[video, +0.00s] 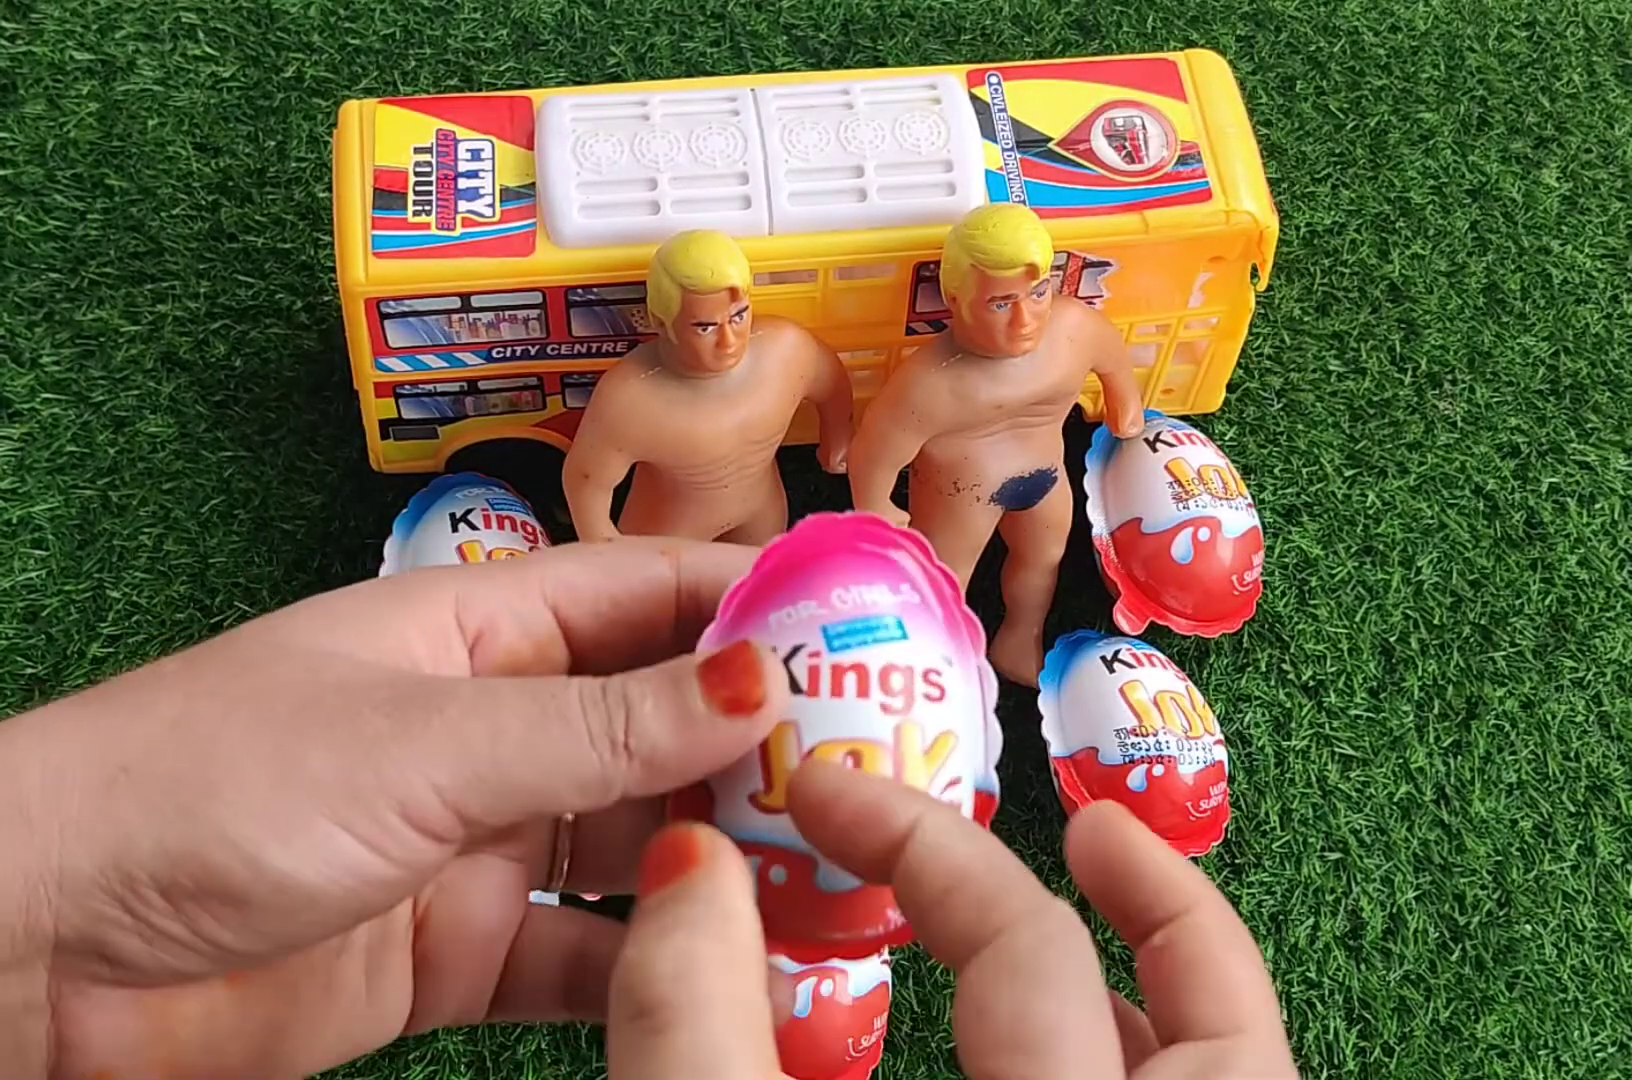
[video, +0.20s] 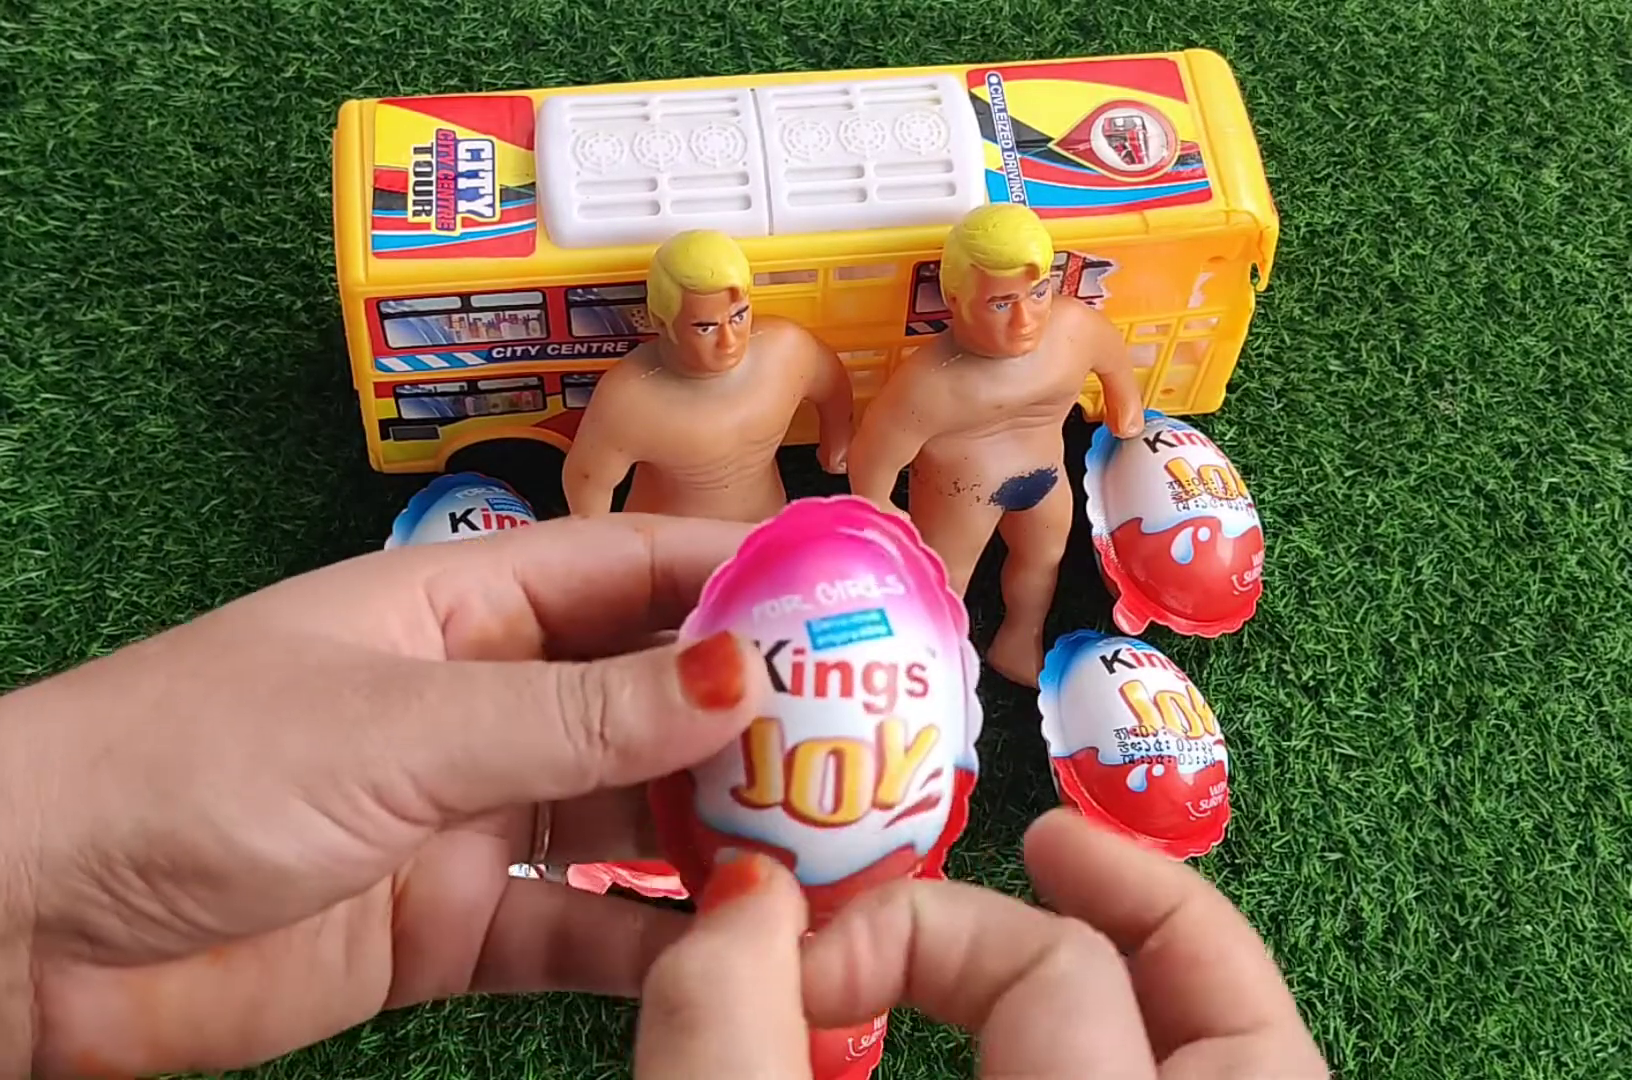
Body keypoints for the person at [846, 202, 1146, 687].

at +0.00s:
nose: (1025, 318)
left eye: (1037, 294)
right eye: (1000, 303)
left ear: (1050, 284)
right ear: (953, 303)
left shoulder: (1079, 327)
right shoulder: (927, 382)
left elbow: (1116, 364)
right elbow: (870, 460)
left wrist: (1127, 410)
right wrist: (878, 511)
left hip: (1045, 477)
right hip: (959, 491)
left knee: (1040, 564)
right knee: (943, 579)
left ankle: (1019, 644)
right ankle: (930, 654)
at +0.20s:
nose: (1025, 318)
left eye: (1037, 294)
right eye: (1000, 303)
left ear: (1050, 283)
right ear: (952, 303)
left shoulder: (1079, 327)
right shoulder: (926, 384)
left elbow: (1116, 364)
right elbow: (868, 474)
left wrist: (1127, 413)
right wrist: (881, 547)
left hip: (1045, 477)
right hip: (958, 491)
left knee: (1040, 564)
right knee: (944, 581)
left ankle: (1019, 645)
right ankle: (928, 655)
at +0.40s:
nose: (1025, 318)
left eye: (1037, 294)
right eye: (1000, 303)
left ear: (1050, 283)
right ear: (952, 303)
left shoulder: (1079, 327)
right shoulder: (926, 384)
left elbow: (1116, 365)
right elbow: (868, 474)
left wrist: (1127, 413)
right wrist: (880, 550)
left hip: (1045, 477)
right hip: (958, 491)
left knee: (1040, 564)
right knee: (945, 582)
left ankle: (1019, 644)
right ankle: (930, 655)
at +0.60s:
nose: (1024, 317)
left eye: (1037, 294)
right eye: (1000, 303)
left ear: (1051, 283)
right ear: (953, 304)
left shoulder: (1079, 328)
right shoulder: (927, 382)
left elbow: (1116, 364)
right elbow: (873, 454)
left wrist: (1127, 413)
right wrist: (876, 509)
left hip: (1045, 477)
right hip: (959, 491)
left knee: (1041, 564)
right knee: (942, 582)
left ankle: (1020, 644)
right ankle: (928, 658)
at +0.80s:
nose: (1025, 317)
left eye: (1037, 294)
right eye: (1000, 303)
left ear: (1050, 284)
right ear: (953, 303)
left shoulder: (1079, 327)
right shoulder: (926, 382)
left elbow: (1116, 364)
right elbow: (870, 461)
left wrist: (1127, 410)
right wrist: (878, 516)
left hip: (1045, 477)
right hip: (958, 492)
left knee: (1040, 564)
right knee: (941, 583)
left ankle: (1019, 644)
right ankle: (924, 663)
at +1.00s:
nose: (1024, 317)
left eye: (1036, 295)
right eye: (1000, 303)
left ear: (1050, 283)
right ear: (953, 302)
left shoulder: (1077, 327)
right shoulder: (926, 383)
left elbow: (1114, 360)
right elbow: (874, 452)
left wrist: (1126, 409)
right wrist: (876, 512)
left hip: (1045, 477)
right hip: (959, 492)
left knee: (1041, 561)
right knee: (943, 580)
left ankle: (1020, 643)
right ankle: (931, 650)